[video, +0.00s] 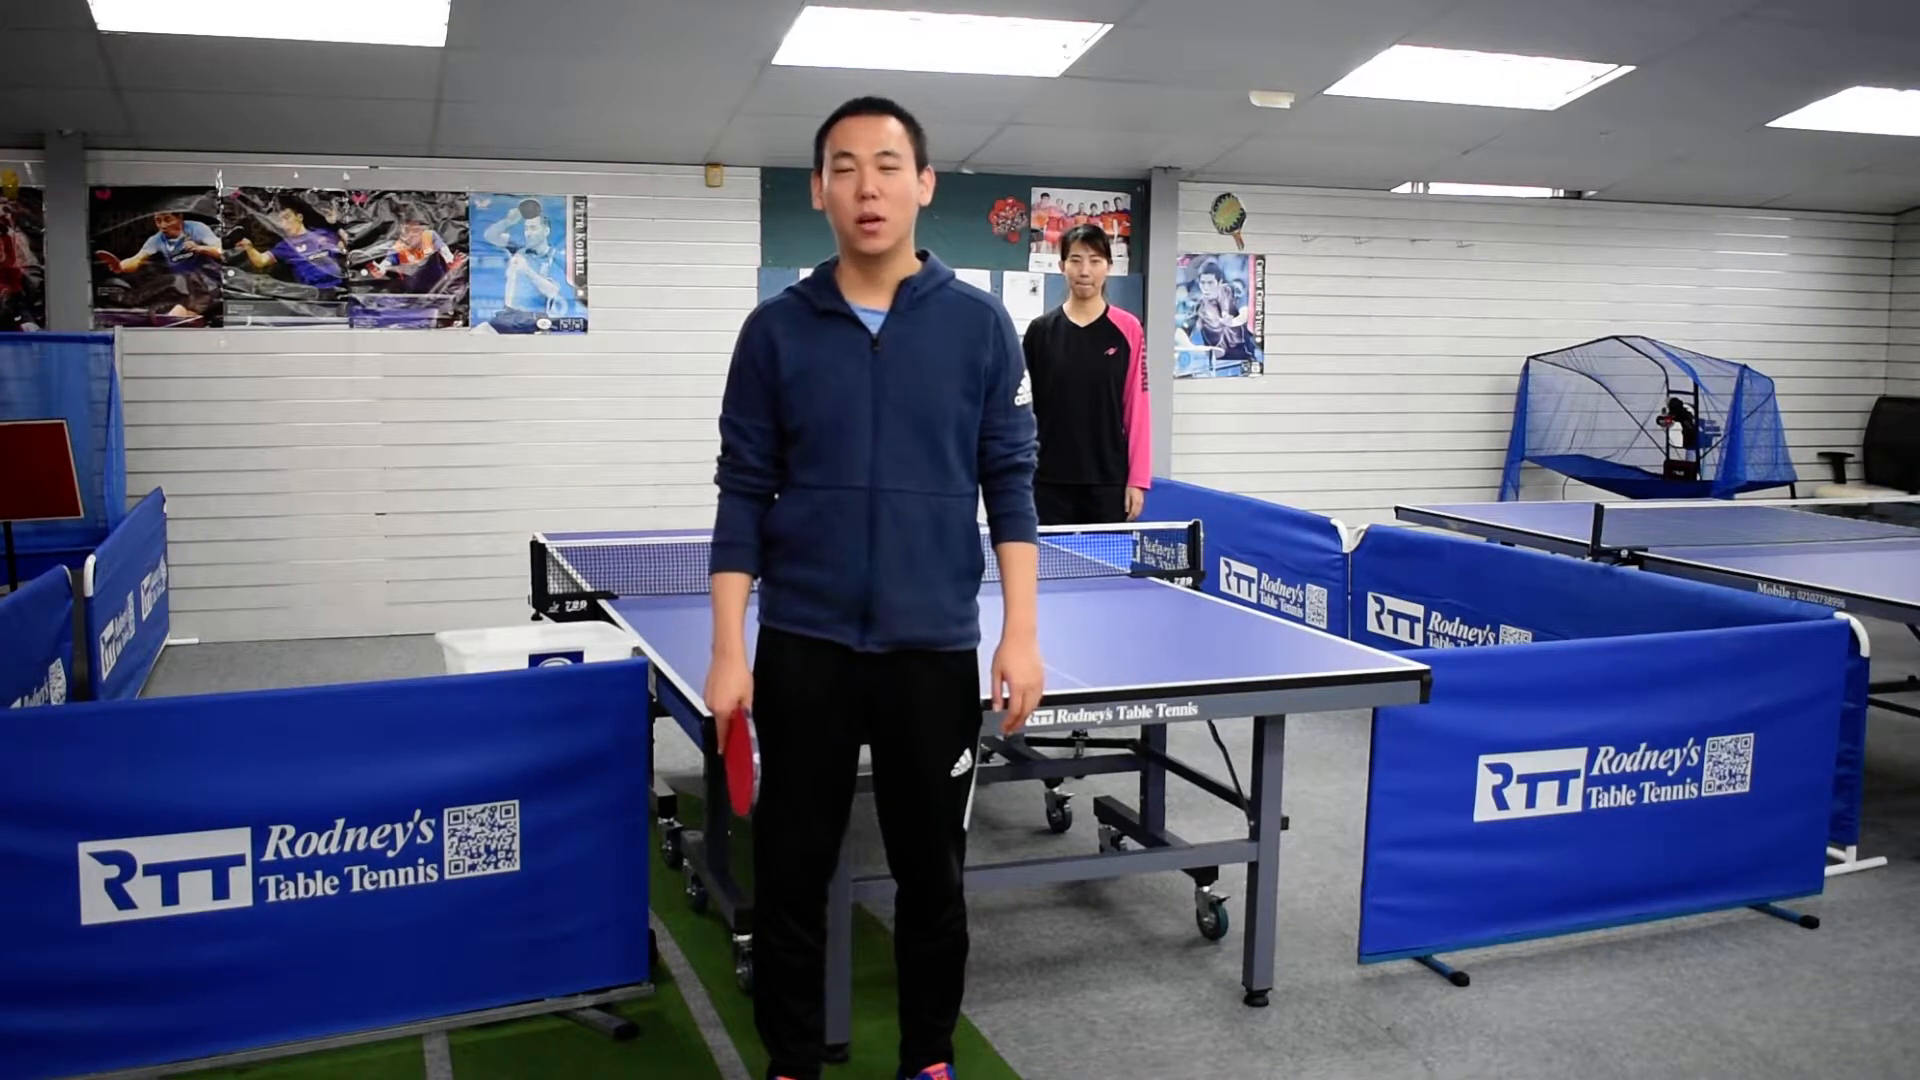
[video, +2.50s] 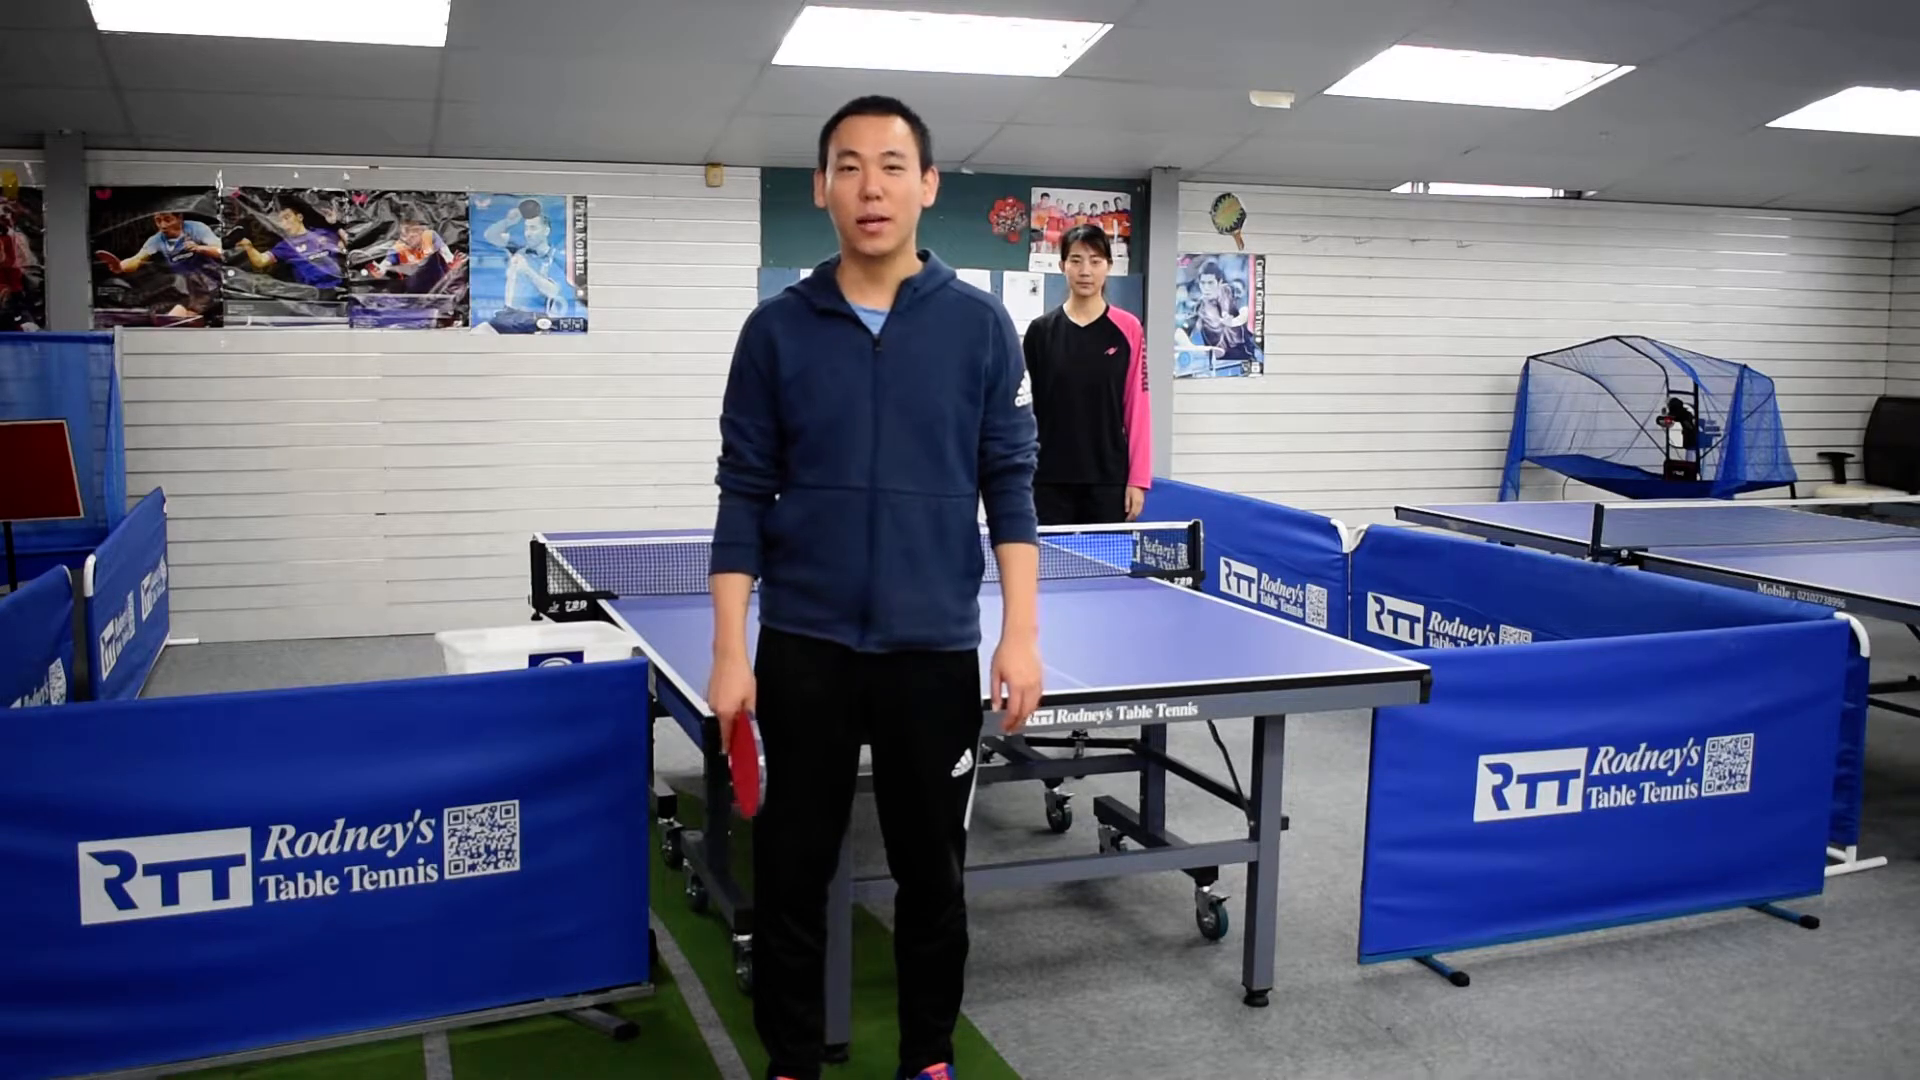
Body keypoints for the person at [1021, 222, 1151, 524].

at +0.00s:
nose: (1085, 271)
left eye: (1095, 262)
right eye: (1075, 261)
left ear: (1108, 268)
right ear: (1063, 266)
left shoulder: (1128, 329)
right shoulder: (1039, 331)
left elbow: (1137, 407)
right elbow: (1022, 405)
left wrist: (1138, 479)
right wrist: (1020, 478)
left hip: (1107, 483)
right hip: (1049, 482)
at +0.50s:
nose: (1084, 271)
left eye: (1094, 262)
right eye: (1075, 261)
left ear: (1108, 268)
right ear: (1062, 266)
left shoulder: (1127, 329)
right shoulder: (1039, 331)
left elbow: (1136, 407)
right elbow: (1022, 405)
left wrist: (1137, 479)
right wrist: (1020, 478)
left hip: (1107, 483)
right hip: (1049, 481)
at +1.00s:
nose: (1085, 271)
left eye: (1095, 262)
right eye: (1076, 261)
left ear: (1109, 268)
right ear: (1063, 266)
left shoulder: (1128, 330)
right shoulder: (1039, 331)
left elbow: (1137, 407)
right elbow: (1022, 406)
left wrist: (1138, 478)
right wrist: (1019, 478)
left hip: (1107, 483)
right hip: (1049, 481)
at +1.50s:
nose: (1085, 271)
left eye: (1095, 262)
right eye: (1076, 261)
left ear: (1109, 268)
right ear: (1063, 266)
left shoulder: (1128, 329)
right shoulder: (1040, 331)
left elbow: (1137, 407)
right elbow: (1022, 405)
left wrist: (1138, 478)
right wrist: (1019, 477)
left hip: (1107, 482)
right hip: (1049, 480)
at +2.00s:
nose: (1085, 271)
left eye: (1095, 262)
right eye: (1076, 261)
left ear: (1108, 267)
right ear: (1063, 266)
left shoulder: (1128, 329)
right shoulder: (1039, 331)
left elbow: (1137, 407)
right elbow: (1023, 405)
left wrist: (1138, 478)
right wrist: (1020, 477)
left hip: (1107, 482)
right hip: (1050, 480)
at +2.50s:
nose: (1085, 271)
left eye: (1095, 262)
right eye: (1076, 261)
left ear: (1108, 268)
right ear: (1063, 266)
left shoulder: (1128, 329)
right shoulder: (1040, 331)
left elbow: (1137, 407)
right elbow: (1023, 405)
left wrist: (1138, 479)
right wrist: (1021, 478)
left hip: (1108, 482)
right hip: (1050, 481)